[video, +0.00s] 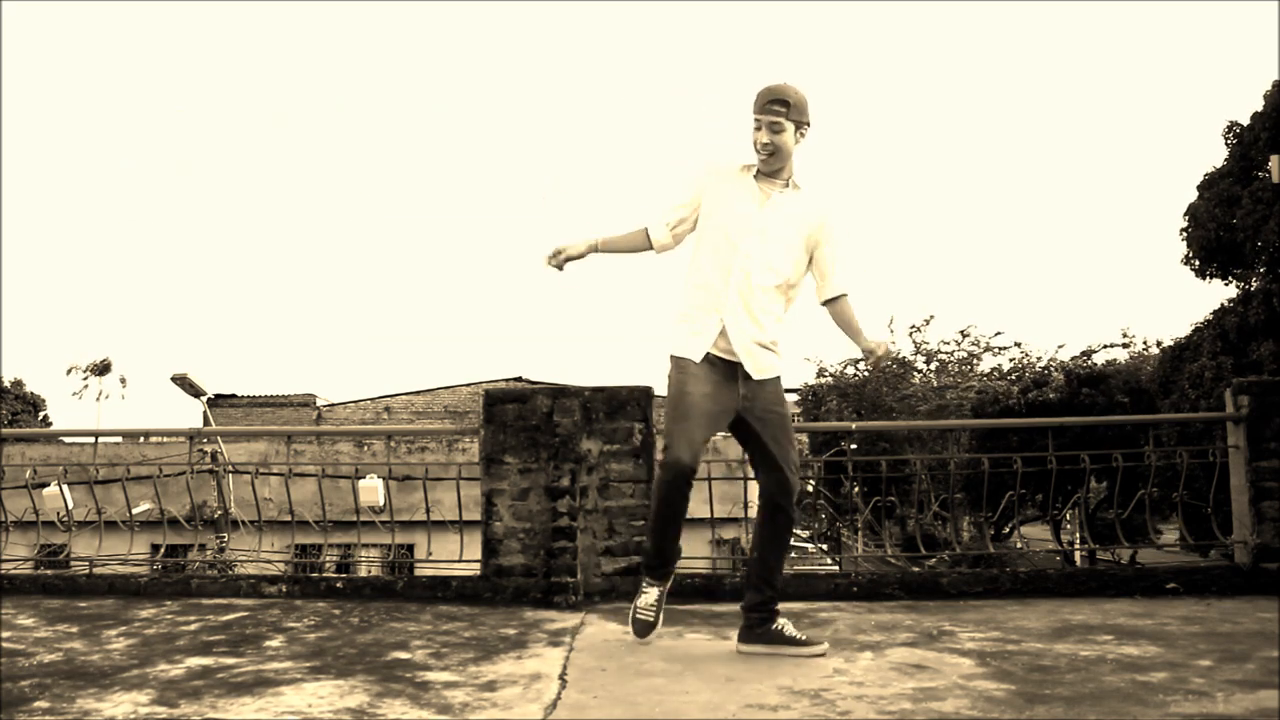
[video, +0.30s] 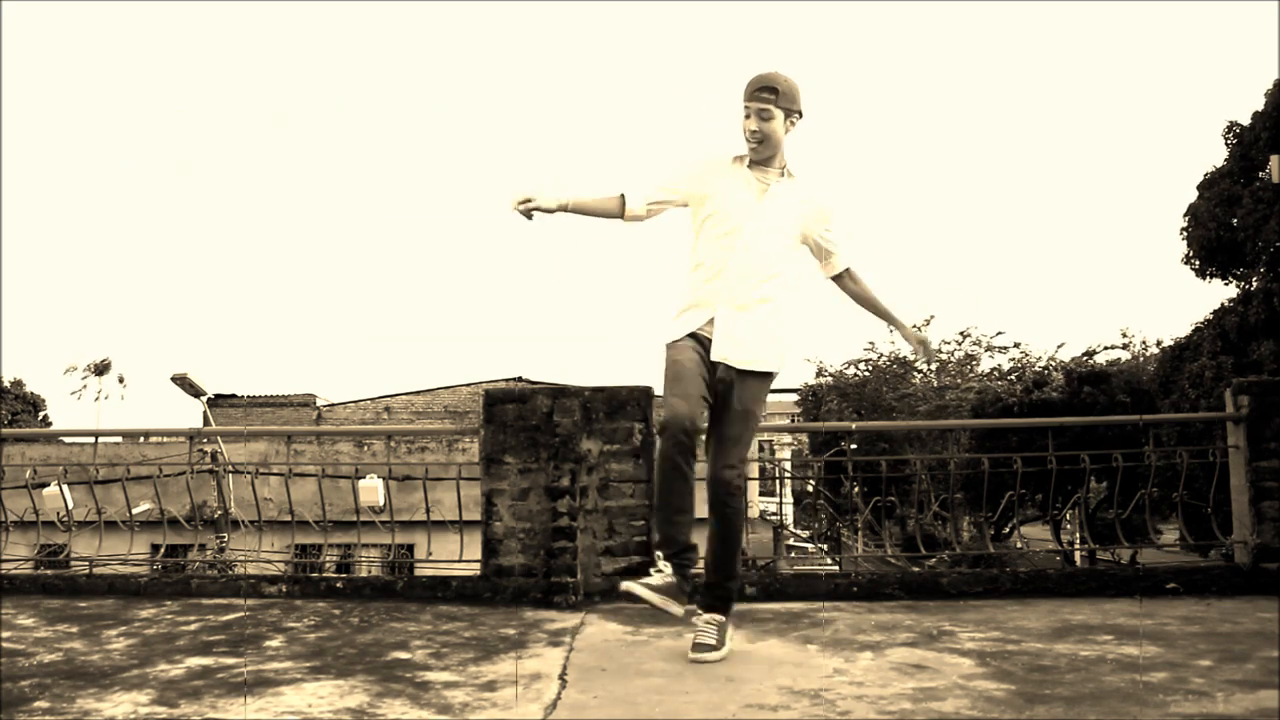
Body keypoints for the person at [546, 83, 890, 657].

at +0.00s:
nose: (764, 136)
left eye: (776, 128)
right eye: (758, 126)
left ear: (799, 135)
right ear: (750, 130)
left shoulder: (811, 216)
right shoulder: (718, 182)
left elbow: (834, 294)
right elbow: (660, 234)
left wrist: (867, 342)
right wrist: (588, 246)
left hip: (761, 363)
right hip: (699, 352)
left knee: (783, 486)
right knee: (679, 462)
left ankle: (759, 620)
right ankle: (655, 579)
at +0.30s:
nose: (751, 124)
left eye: (764, 116)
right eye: (747, 114)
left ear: (790, 123)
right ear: (741, 118)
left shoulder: (804, 201)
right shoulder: (712, 175)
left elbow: (842, 272)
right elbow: (632, 204)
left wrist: (897, 321)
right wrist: (558, 204)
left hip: (756, 342)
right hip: (695, 329)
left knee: (728, 475)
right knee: (677, 422)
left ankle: (716, 612)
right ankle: (674, 563)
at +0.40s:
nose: (743, 120)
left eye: (754, 111)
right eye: (737, 112)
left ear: (784, 118)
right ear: (733, 118)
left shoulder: (804, 202)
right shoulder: (708, 175)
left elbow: (865, 259)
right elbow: (634, 205)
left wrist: (934, 289)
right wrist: (558, 201)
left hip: (755, 347)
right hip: (698, 335)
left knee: (733, 473)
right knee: (730, 455)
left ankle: (643, 591)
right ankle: (727, 600)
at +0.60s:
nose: (749, 142)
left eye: (760, 133)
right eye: (743, 133)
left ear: (788, 141)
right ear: (738, 142)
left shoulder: (812, 216)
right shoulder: (717, 197)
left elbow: (858, 288)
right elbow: (653, 240)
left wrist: (867, 254)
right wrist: (578, 236)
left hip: (762, 367)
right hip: (711, 355)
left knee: (801, 491)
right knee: (760, 481)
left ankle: (687, 576)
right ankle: (763, 633)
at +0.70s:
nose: (763, 138)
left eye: (775, 130)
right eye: (759, 128)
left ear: (800, 140)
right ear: (751, 135)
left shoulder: (812, 213)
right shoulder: (719, 194)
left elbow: (825, 293)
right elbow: (668, 255)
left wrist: (836, 340)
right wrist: (612, 299)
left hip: (781, 356)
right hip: (718, 352)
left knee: (801, 482)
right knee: (727, 485)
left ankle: (798, 596)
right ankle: (744, 623)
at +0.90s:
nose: (765, 119)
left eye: (777, 111)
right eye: (762, 109)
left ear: (798, 125)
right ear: (753, 119)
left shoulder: (806, 201)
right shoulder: (717, 188)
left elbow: (810, 277)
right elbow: (694, 265)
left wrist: (805, 341)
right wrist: (692, 329)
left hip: (778, 334)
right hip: (718, 330)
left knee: (782, 449)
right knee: (713, 439)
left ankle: (784, 580)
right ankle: (695, 576)